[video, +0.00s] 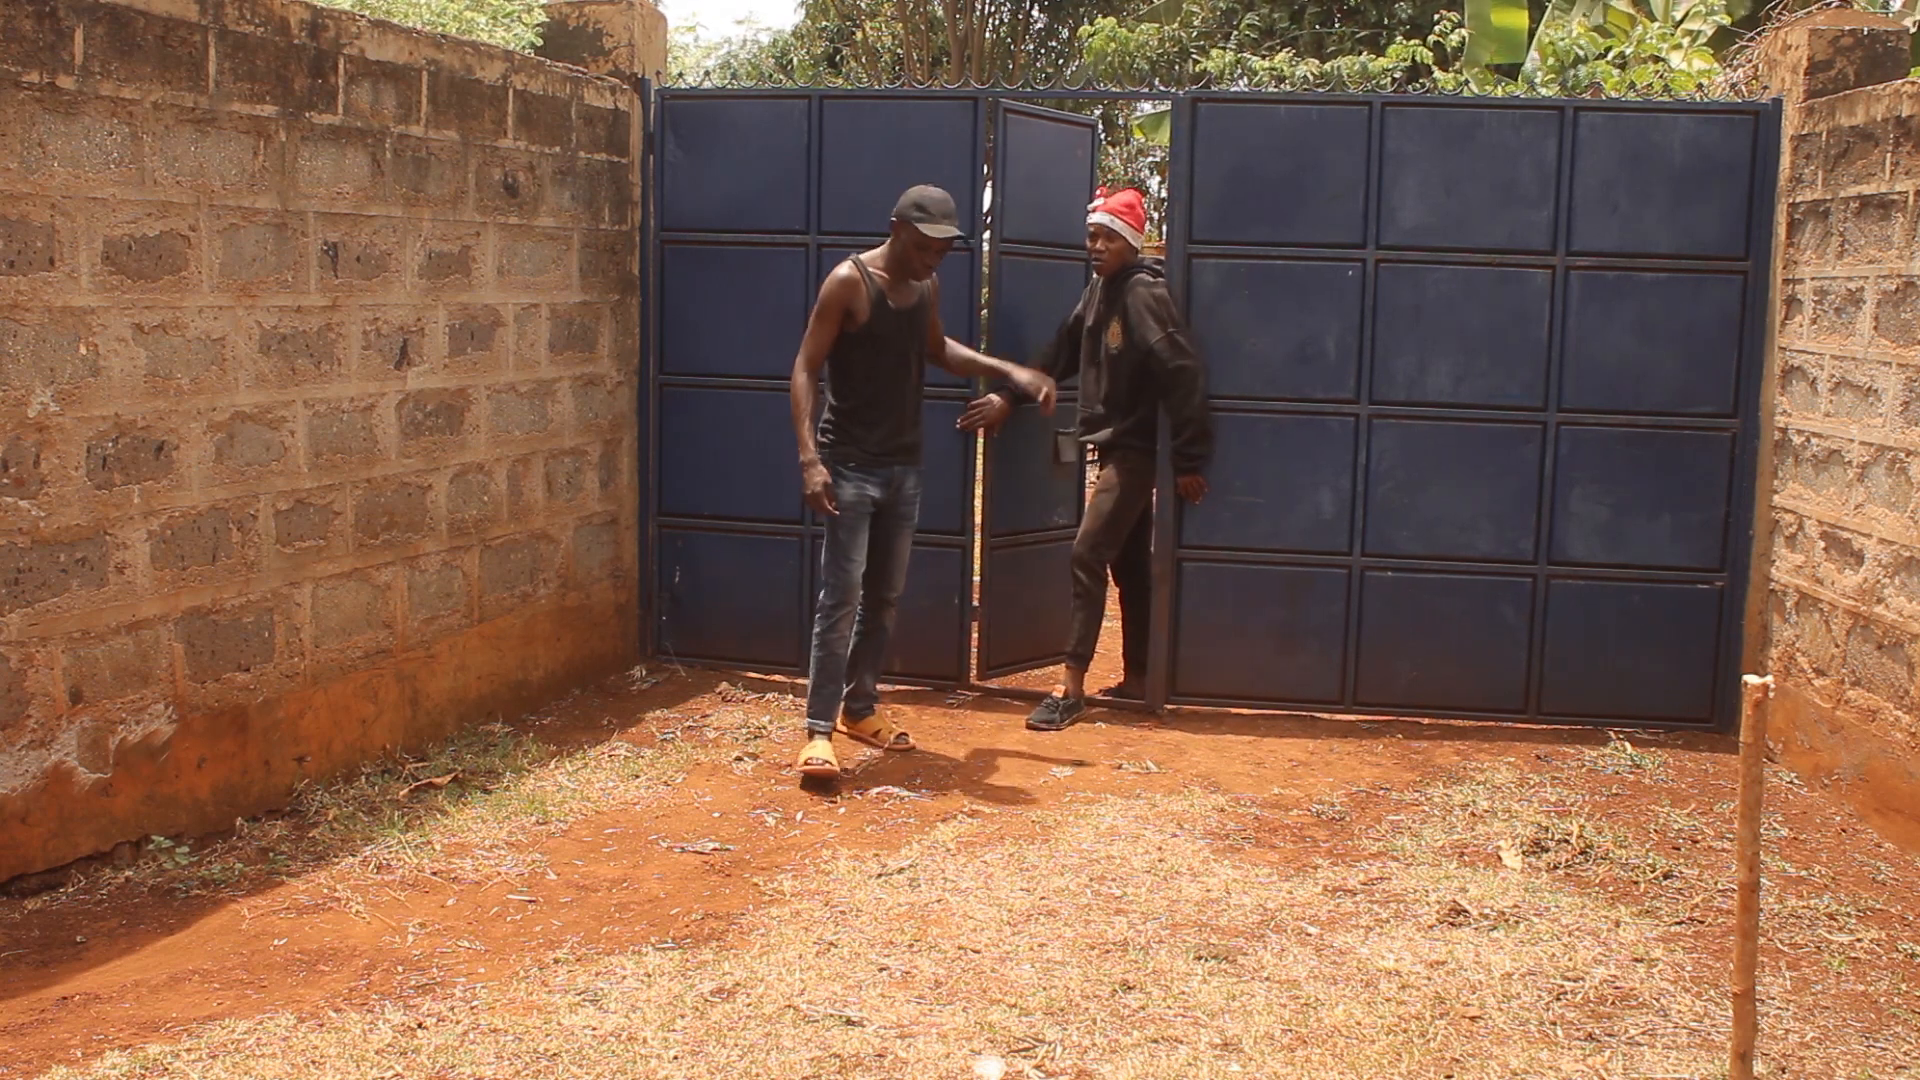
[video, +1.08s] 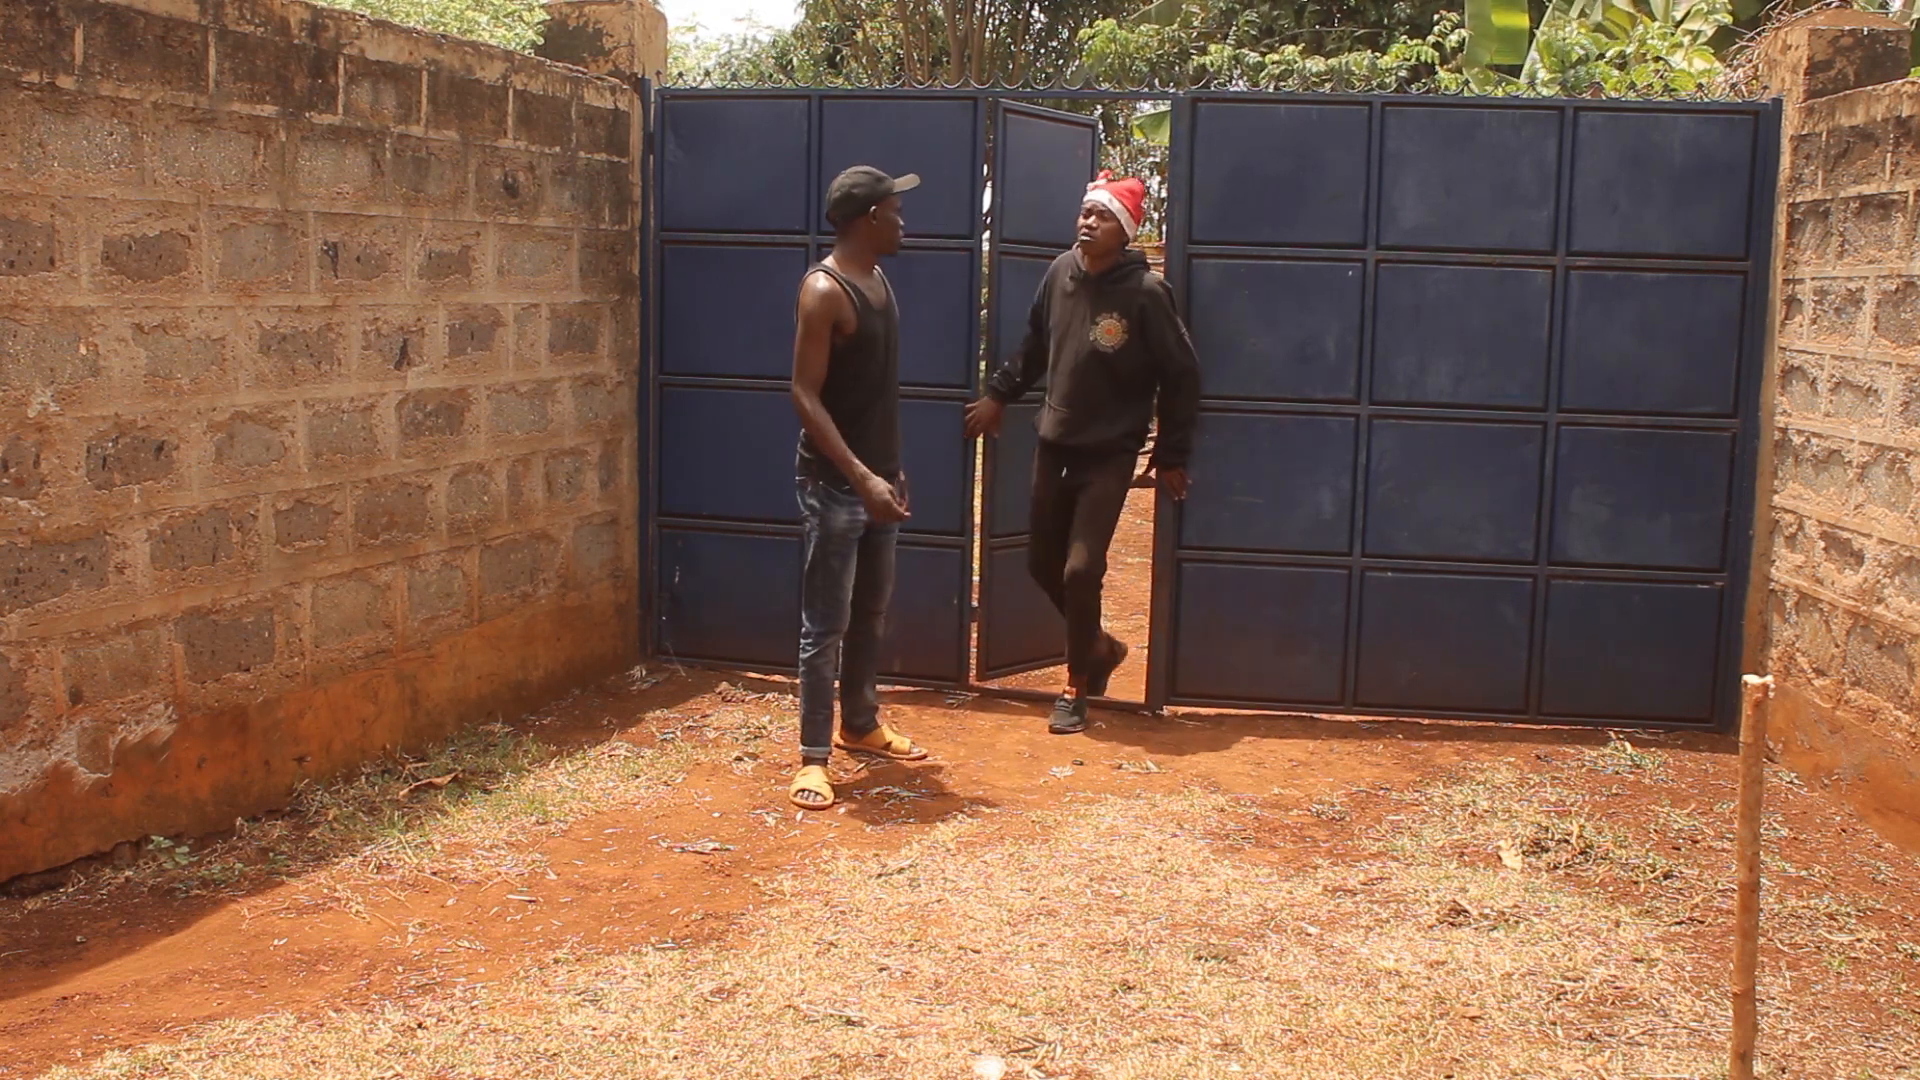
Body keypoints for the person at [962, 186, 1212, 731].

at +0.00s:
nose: (1096, 243)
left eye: (1107, 235)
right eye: (1091, 233)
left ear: (1134, 241)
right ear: (1088, 238)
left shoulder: (1144, 292)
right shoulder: (1097, 293)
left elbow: (1183, 372)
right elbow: (1057, 357)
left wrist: (1188, 461)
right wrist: (1007, 397)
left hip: (1132, 452)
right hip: (1105, 450)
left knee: (1086, 557)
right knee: (1132, 567)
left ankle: (1071, 690)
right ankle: (1140, 676)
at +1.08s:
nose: (1088, 223)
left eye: (1102, 216)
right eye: (1086, 212)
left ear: (1128, 230)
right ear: (1079, 218)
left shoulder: (1148, 291)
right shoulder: (1062, 269)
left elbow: (1181, 376)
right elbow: (1036, 341)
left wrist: (1172, 455)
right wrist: (997, 395)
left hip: (1110, 451)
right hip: (1054, 444)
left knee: (1081, 569)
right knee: (1043, 565)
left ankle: (1074, 693)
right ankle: (1099, 648)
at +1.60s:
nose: (1093, 208)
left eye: (1105, 199)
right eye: (1088, 198)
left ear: (1133, 207)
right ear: (1082, 204)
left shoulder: (1157, 280)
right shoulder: (1058, 256)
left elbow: (1168, 374)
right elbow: (1007, 305)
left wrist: (1166, 456)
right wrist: (1005, 318)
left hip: (1100, 441)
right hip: (1036, 430)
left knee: (1085, 565)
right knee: (1008, 555)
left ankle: (1076, 688)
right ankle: (1021, 671)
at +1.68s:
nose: (1088, 209)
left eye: (1099, 199)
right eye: (1082, 200)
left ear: (1128, 204)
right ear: (1075, 205)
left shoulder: (1153, 277)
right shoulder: (1051, 258)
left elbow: (1166, 370)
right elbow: (993, 313)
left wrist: (1166, 454)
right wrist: (1004, 259)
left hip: (1099, 440)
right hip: (1034, 431)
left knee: (1086, 567)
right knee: (1015, 559)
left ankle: (1076, 688)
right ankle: (1001, 685)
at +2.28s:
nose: (1075, 210)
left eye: (1088, 201)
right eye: (1068, 199)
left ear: (1110, 209)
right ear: (1058, 203)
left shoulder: (1125, 281)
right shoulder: (1028, 254)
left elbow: (1145, 375)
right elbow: (976, 325)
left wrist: (1163, 454)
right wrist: (1022, 327)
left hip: (1080, 444)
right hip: (1013, 438)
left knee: (1074, 567)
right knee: (1004, 567)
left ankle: (1075, 690)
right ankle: (993, 692)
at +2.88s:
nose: (1088, 223)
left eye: (1101, 215)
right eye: (1084, 212)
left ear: (1129, 220)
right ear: (1077, 212)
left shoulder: (1149, 285)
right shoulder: (1054, 257)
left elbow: (1153, 378)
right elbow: (1003, 308)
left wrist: (1160, 459)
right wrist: (1002, 355)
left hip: (1087, 439)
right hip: (1022, 425)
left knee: (1075, 567)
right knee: (996, 555)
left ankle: (1074, 687)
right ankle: (997, 679)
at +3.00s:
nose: (1097, 222)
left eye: (1110, 214)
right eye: (1093, 211)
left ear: (1138, 221)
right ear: (1088, 213)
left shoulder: (1156, 283)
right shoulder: (1067, 263)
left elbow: (1159, 377)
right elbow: (1024, 314)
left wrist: (1159, 458)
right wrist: (979, 338)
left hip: (1098, 435)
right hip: (1038, 425)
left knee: (1081, 564)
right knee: (1000, 540)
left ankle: (1075, 686)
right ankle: (1043, 608)